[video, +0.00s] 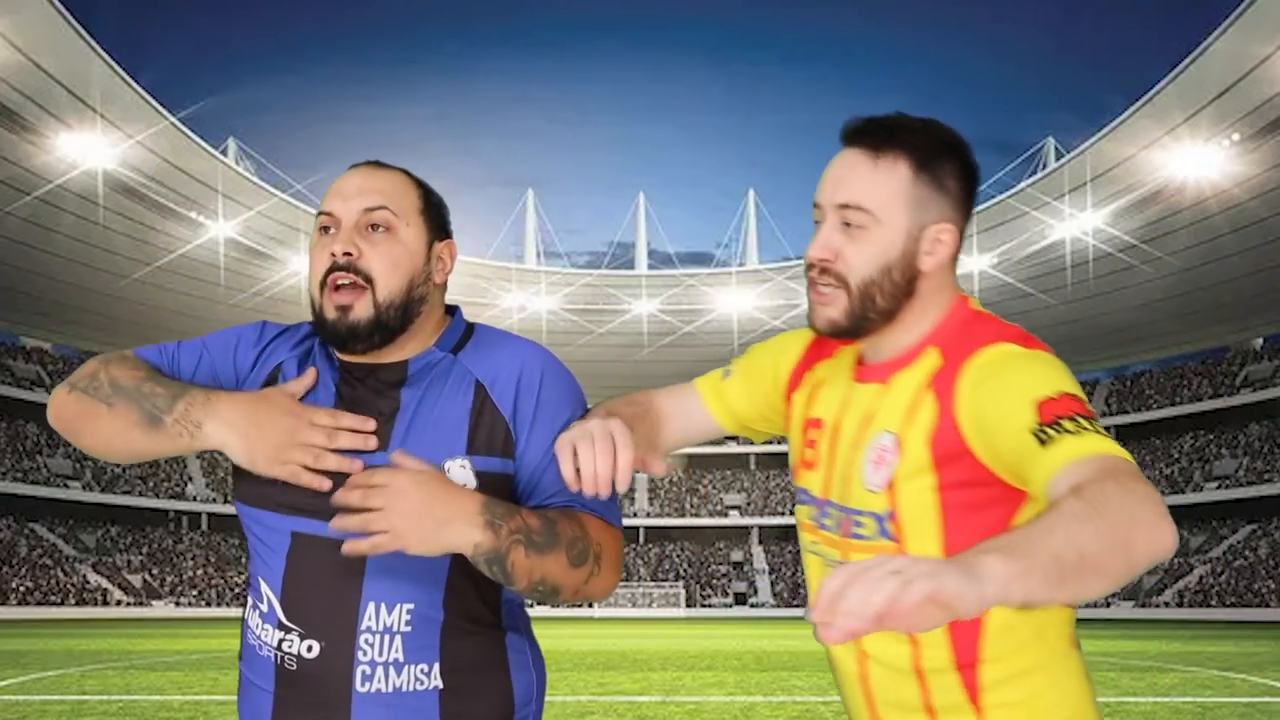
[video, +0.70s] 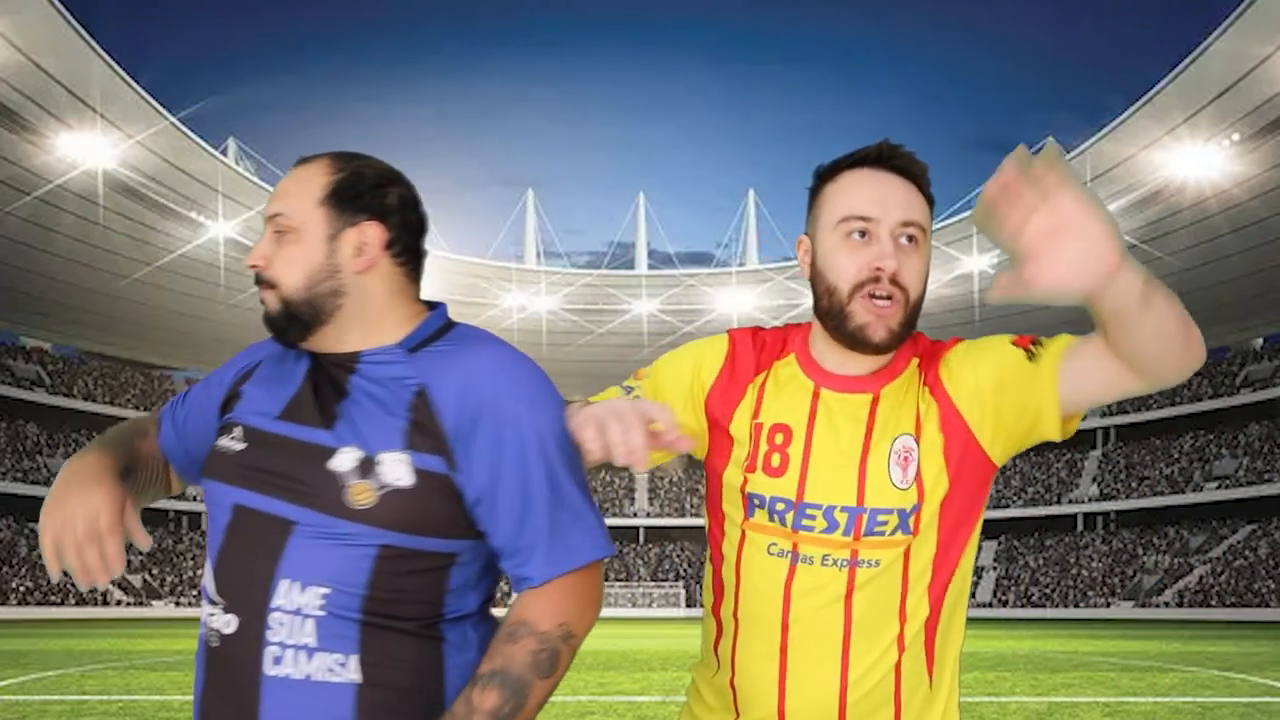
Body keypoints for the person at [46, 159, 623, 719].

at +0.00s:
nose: (339, 248)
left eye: (375, 228)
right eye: (327, 228)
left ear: (440, 261)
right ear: (311, 254)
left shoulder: (518, 378)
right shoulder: (259, 358)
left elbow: (595, 565)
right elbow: (75, 403)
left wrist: (471, 519)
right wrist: (222, 421)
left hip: (465, 705)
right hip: (283, 702)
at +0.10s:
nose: (344, 238)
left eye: (381, 219)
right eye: (332, 217)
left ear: (445, 255)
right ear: (315, 242)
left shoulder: (515, 365)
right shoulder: (270, 340)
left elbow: (591, 553)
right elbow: (69, 334)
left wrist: (454, 501)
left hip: (465, 703)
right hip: (290, 700)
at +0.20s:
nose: (333, 230)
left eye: (371, 211)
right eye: (321, 211)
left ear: (437, 244)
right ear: (306, 230)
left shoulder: (503, 357)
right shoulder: (272, 314)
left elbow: (575, 553)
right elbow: (140, 248)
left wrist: (431, 480)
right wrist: (130, 174)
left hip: (459, 701)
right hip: (281, 700)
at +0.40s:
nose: (314, 252)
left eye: (351, 224)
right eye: (314, 229)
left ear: (439, 243)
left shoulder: (523, 370)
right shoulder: (304, 321)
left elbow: (590, 573)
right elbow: (195, 259)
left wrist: (403, 529)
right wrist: (166, 183)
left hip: (464, 708)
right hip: (290, 705)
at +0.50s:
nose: (311, 251)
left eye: (343, 226)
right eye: (315, 228)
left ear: (435, 244)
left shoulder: (543, 388)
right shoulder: (301, 335)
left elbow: (605, 590)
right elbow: (182, 316)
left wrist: (412, 614)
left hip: (464, 708)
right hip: (283, 703)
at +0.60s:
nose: (292, 254)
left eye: (324, 226)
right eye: (300, 228)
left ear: (412, 243)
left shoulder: (536, 389)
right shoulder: (283, 355)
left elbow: (593, 589)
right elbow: (174, 382)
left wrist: (434, 686)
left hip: (436, 713)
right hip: (263, 703)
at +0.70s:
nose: (253, 259)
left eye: (281, 231)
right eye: (263, 233)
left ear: (364, 246)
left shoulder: (489, 386)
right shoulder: (254, 373)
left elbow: (566, 587)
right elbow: (156, 446)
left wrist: (472, 712)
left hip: (398, 702)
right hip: (228, 701)